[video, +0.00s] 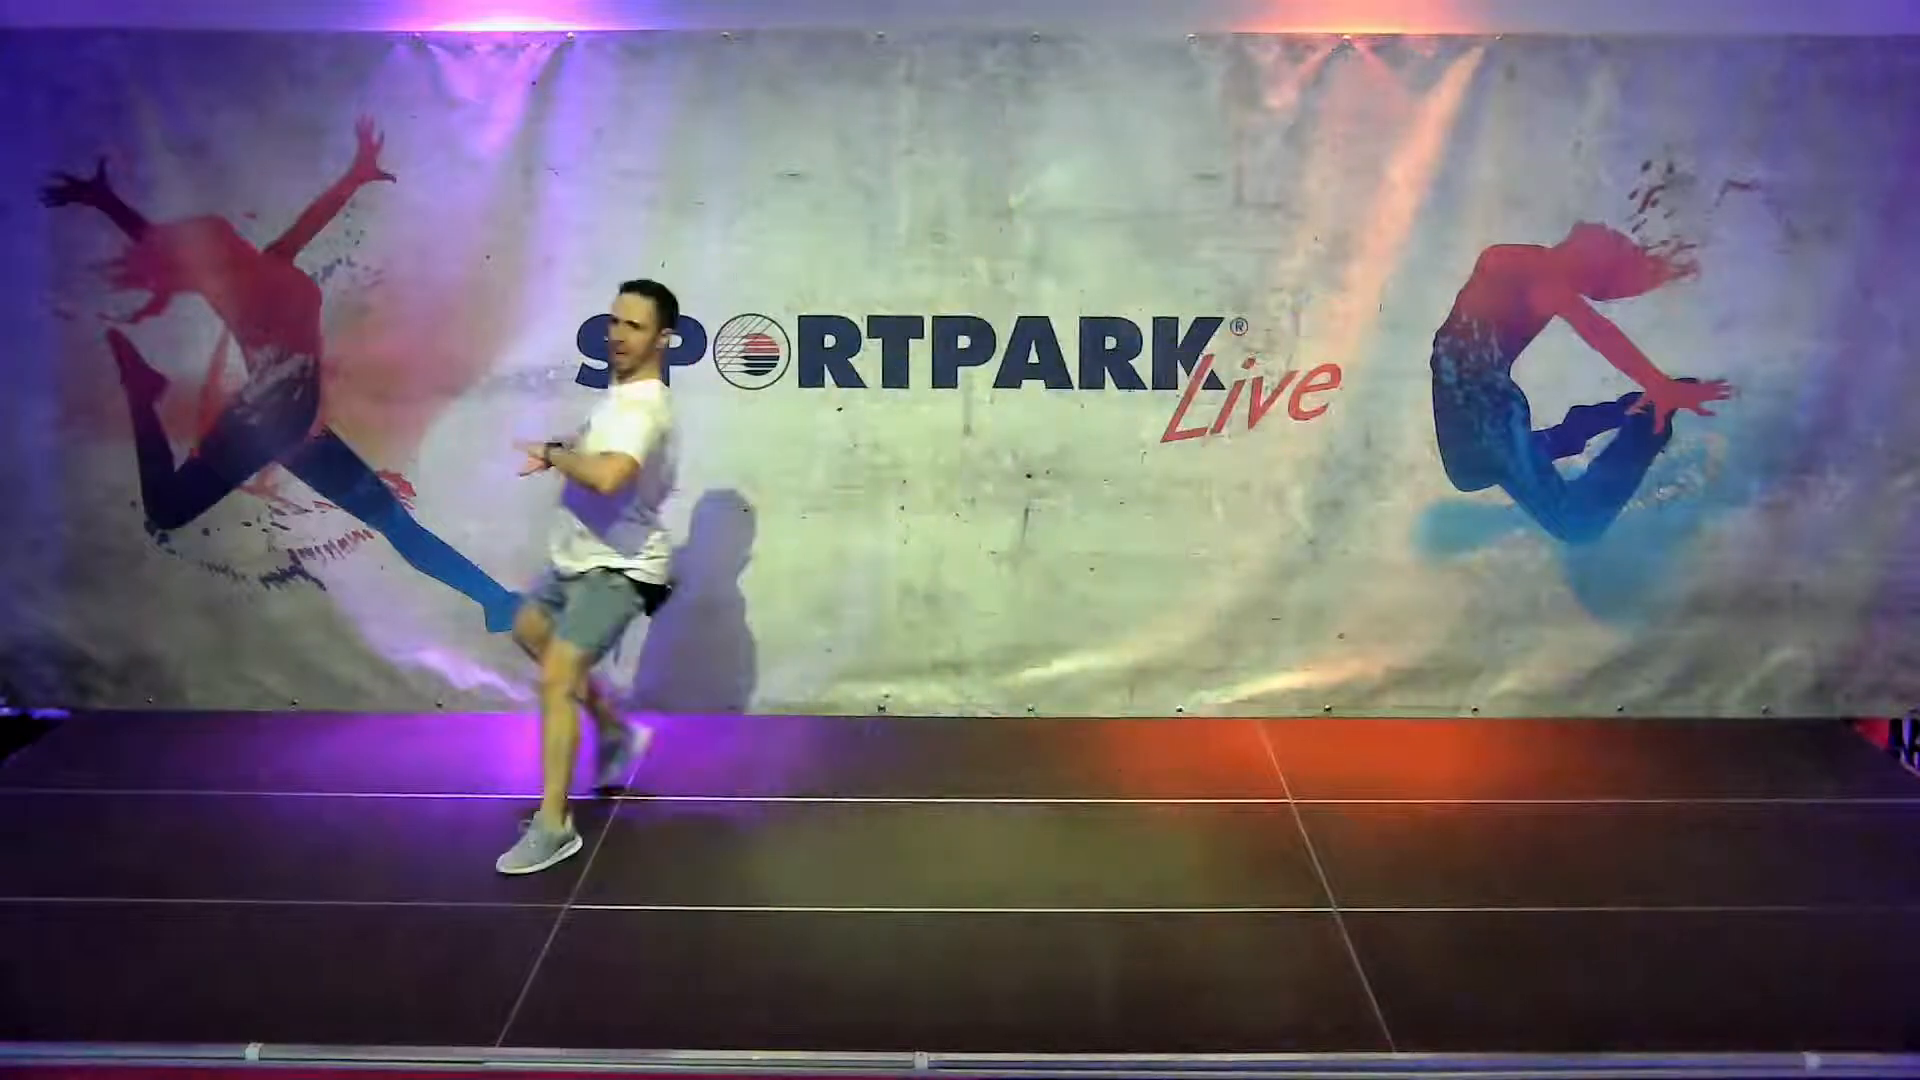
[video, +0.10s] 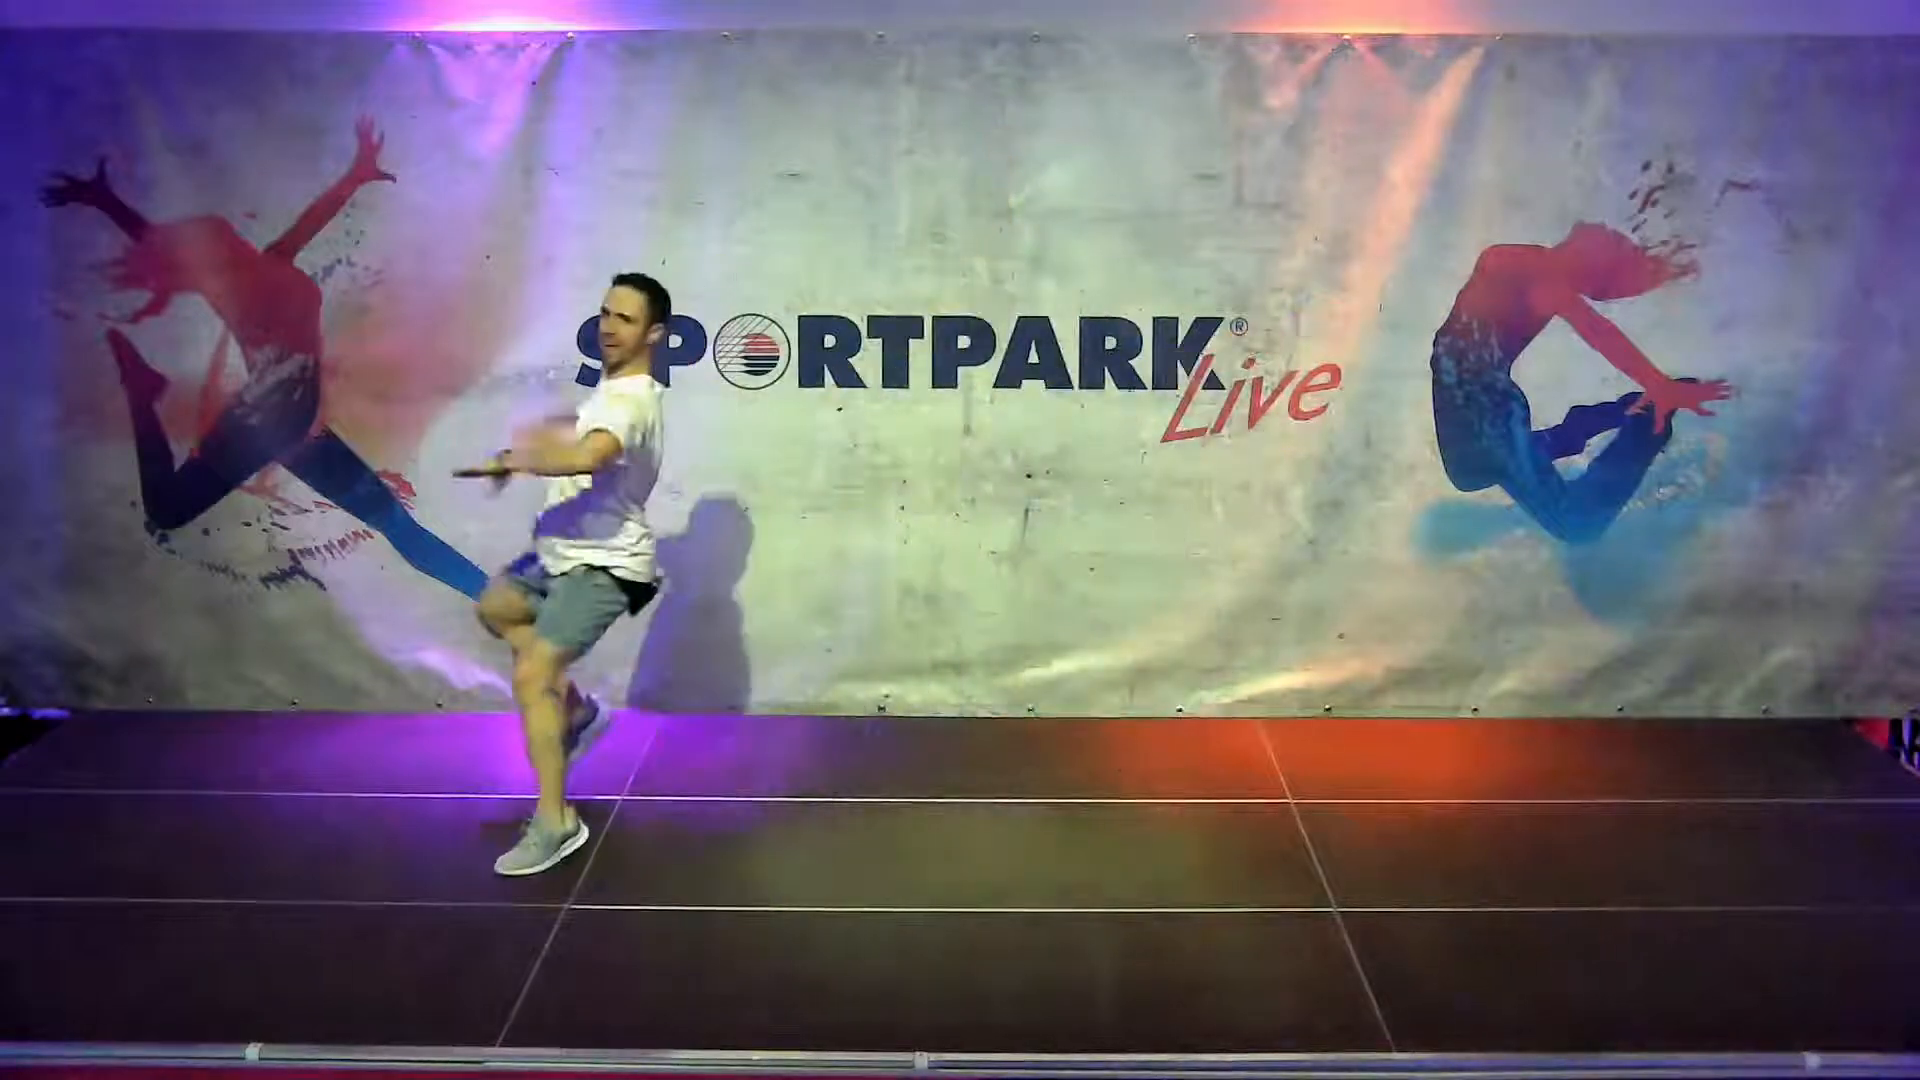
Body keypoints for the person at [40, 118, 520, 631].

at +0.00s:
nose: (219, 245)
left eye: (214, 237)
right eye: (206, 245)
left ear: (224, 240)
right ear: (198, 261)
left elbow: (313, 218)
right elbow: (157, 246)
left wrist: (358, 174)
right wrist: (100, 197)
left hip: (299, 427)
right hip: (257, 426)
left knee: (395, 521)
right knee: (166, 508)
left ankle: (508, 609)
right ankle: (141, 393)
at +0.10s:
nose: (171, 288)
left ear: (210, 249)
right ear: (210, 247)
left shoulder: (268, 266)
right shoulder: (233, 279)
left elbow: (312, 219)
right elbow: (156, 244)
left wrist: (359, 173)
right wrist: (102, 198)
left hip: (294, 425)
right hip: (262, 423)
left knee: (389, 515)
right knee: (167, 513)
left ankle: (497, 598)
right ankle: (140, 393)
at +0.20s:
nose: (176, 292)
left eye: (177, 274)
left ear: (213, 250)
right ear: (214, 247)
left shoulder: (268, 265)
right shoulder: (237, 280)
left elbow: (311, 220)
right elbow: (158, 247)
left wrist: (358, 174)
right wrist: (104, 199)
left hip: (296, 425)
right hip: (263, 423)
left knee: (391, 517)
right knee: (167, 513)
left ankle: (497, 598)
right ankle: (141, 395)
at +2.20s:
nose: (181, 293)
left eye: (180, 272)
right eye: (178, 275)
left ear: (202, 256)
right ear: (208, 248)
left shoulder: (262, 271)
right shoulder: (243, 279)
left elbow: (308, 223)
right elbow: (160, 242)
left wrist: (358, 175)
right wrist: (104, 201)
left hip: (297, 427)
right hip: (259, 424)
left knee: (392, 519)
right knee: (166, 511)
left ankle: (500, 602)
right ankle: (140, 391)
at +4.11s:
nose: (181, 287)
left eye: (180, 267)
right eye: (177, 269)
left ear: (205, 253)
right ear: (204, 249)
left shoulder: (262, 270)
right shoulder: (237, 280)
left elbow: (307, 223)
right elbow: (159, 245)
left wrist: (358, 175)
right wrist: (105, 202)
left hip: (300, 428)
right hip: (262, 422)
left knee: (390, 516)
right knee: (166, 512)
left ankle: (499, 602)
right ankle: (141, 398)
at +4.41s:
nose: (187, 283)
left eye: (186, 263)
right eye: (183, 264)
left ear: (207, 254)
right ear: (205, 250)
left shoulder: (264, 270)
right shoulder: (233, 277)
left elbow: (307, 223)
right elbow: (158, 244)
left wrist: (358, 175)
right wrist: (104, 200)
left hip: (297, 426)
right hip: (265, 418)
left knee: (389, 515)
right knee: (166, 510)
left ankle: (500, 602)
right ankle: (141, 397)